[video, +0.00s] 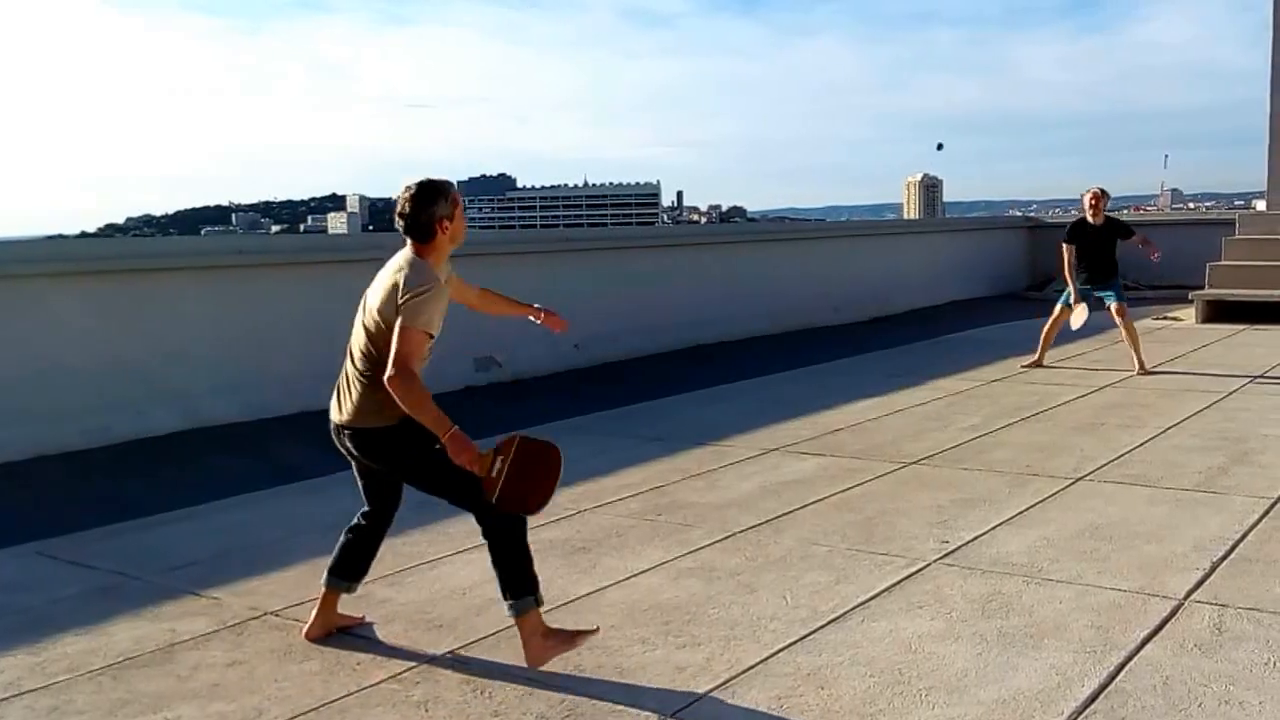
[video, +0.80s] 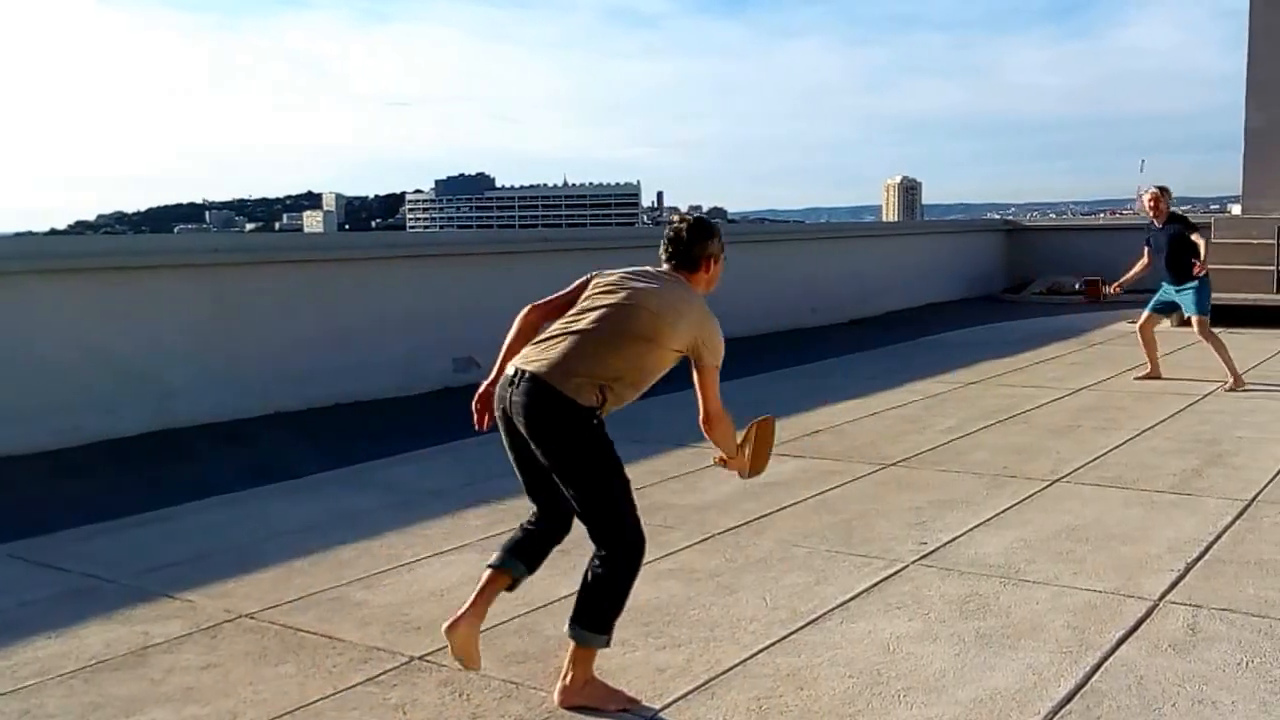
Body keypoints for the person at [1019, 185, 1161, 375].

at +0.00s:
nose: (1094, 203)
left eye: (1097, 200)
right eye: (1090, 200)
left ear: (1104, 203)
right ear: (1084, 204)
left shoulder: (1114, 225)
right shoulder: (1075, 228)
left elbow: (1140, 240)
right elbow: (1068, 263)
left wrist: (1150, 248)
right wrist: (1073, 292)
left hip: (1108, 282)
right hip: (1081, 282)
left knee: (1120, 316)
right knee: (1056, 316)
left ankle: (1139, 361)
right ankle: (1039, 357)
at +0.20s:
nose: (1123, 188)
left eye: (1127, 184)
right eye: (1119, 184)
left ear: (1134, 188)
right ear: (1113, 188)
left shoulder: (1146, 212)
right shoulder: (1105, 212)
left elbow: (1168, 230)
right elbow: (1088, 243)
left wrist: (1180, 241)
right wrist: (1077, 272)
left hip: (1133, 273)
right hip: (1106, 271)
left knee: (1131, 319)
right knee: (1086, 310)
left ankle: (1135, 364)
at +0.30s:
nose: (1130, 174)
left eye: (1134, 170)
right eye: (1127, 170)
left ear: (1141, 173)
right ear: (1121, 173)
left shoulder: (1153, 197)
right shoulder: (1112, 199)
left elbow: (1178, 216)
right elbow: (1098, 231)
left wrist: (1184, 235)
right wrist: (1087, 260)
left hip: (1141, 262)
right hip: (1116, 260)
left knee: (1139, 309)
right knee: (1109, 307)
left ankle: (1137, 360)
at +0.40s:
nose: (1136, 167)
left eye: (1139, 163)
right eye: (1132, 163)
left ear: (1147, 166)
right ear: (1126, 167)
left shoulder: (1159, 190)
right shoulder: (1120, 193)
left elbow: (1180, 217)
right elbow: (1109, 226)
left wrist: (1188, 239)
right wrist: (1097, 256)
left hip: (1150, 255)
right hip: (1126, 255)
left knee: (1152, 304)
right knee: (1131, 305)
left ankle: (1157, 354)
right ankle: (1143, 353)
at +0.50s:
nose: (1142, 175)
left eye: (1146, 171)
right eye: (1138, 171)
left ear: (1153, 174)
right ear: (1131, 174)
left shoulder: (1164, 198)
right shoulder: (1127, 201)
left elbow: (1182, 226)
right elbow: (1121, 233)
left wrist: (1189, 256)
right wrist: (1106, 261)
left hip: (1160, 262)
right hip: (1137, 263)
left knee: (1168, 308)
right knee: (1145, 313)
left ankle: (1189, 356)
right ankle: (1161, 360)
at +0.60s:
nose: (1143, 188)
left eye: (1147, 184)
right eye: (1140, 184)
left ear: (1154, 186)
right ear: (1134, 188)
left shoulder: (1167, 208)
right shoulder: (1134, 213)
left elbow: (1186, 233)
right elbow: (1131, 246)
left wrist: (1188, 265)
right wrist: (1112, 271)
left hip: (1170, 274)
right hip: (1147, 277)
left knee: (1187, 316)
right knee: (1140, 324)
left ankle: (1218, 363)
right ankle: (1161, 367)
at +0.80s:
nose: (1153, 205)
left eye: (1157, 200)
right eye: (1149, 201)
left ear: (1166, 202)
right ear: (1145, 206)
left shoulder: (1179, 221)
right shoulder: (1150, 230)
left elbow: (1201, 241)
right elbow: (1146, 261)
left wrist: (1202, 262)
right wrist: (1122, 282)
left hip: (1193, 284)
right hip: (1169, 286)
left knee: (1201, 329)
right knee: (1143, 327)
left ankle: (1235, 376)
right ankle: (1154, 369)